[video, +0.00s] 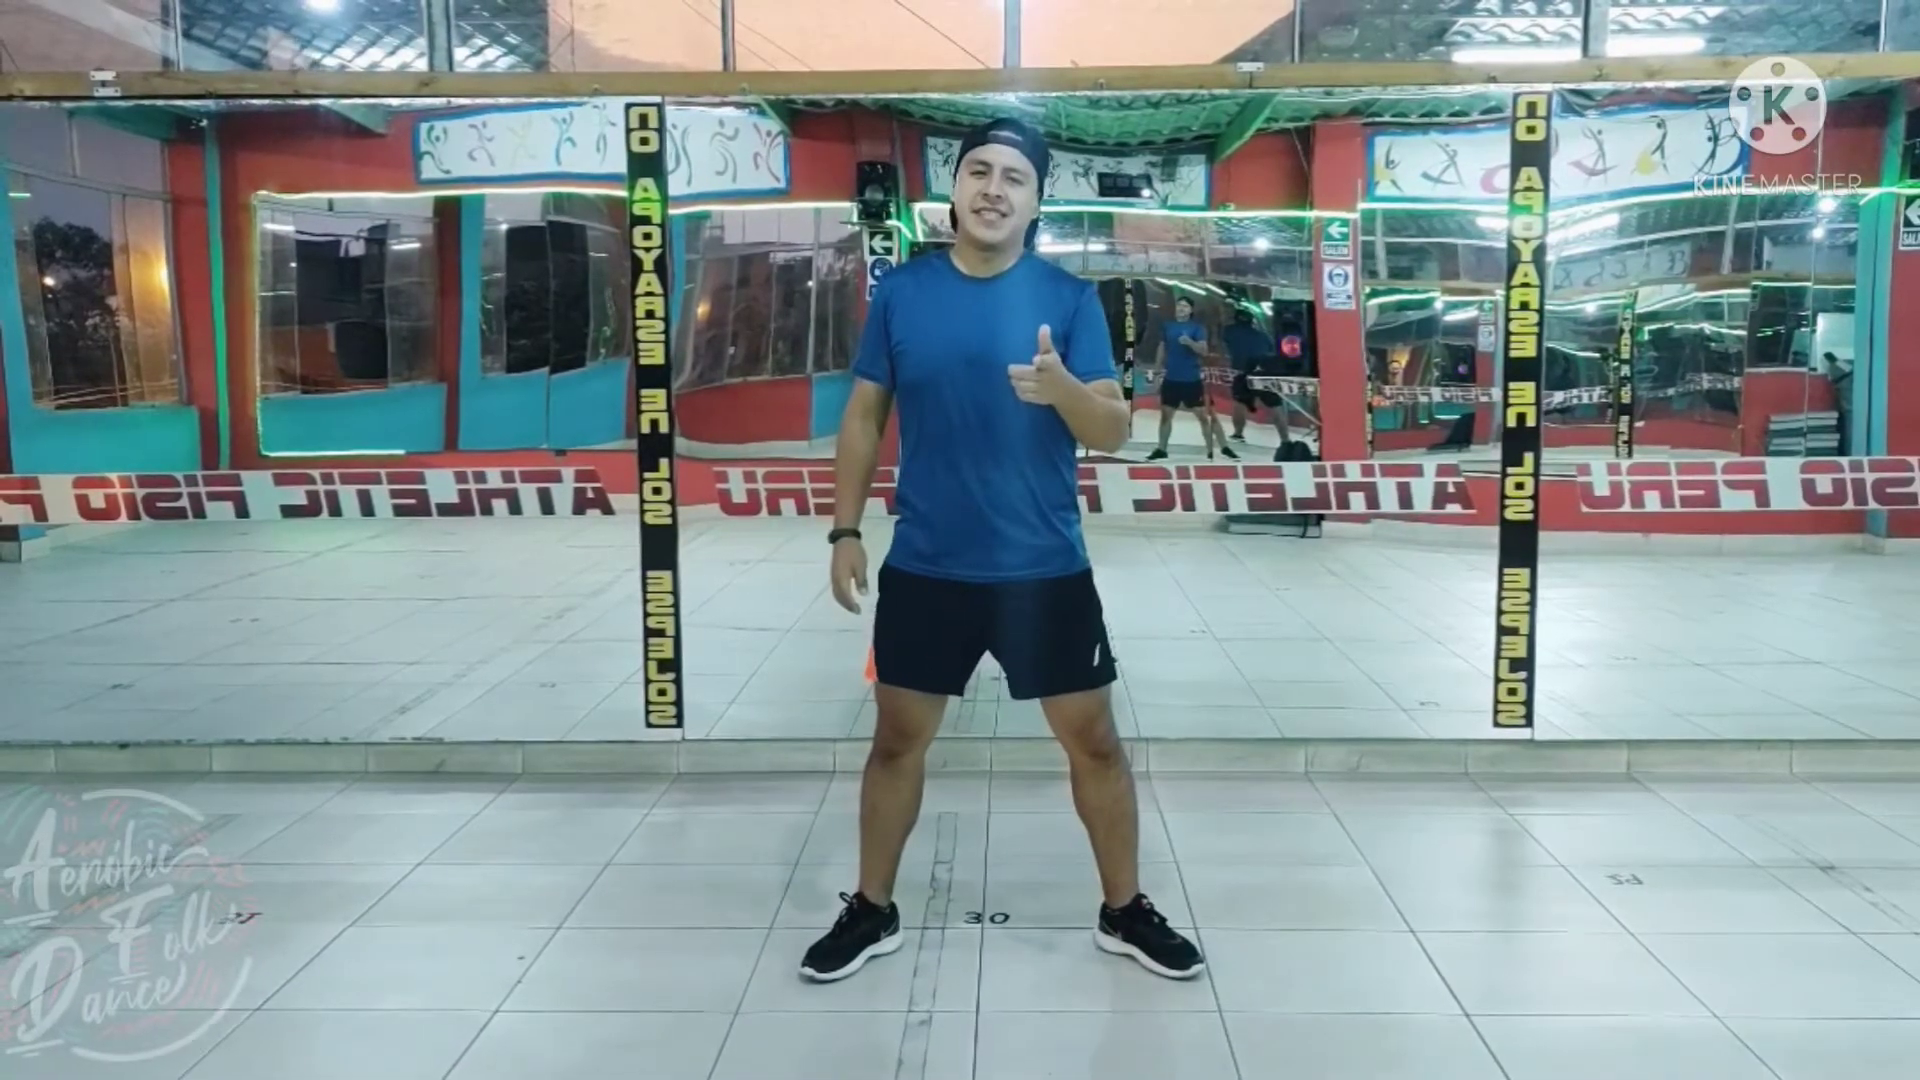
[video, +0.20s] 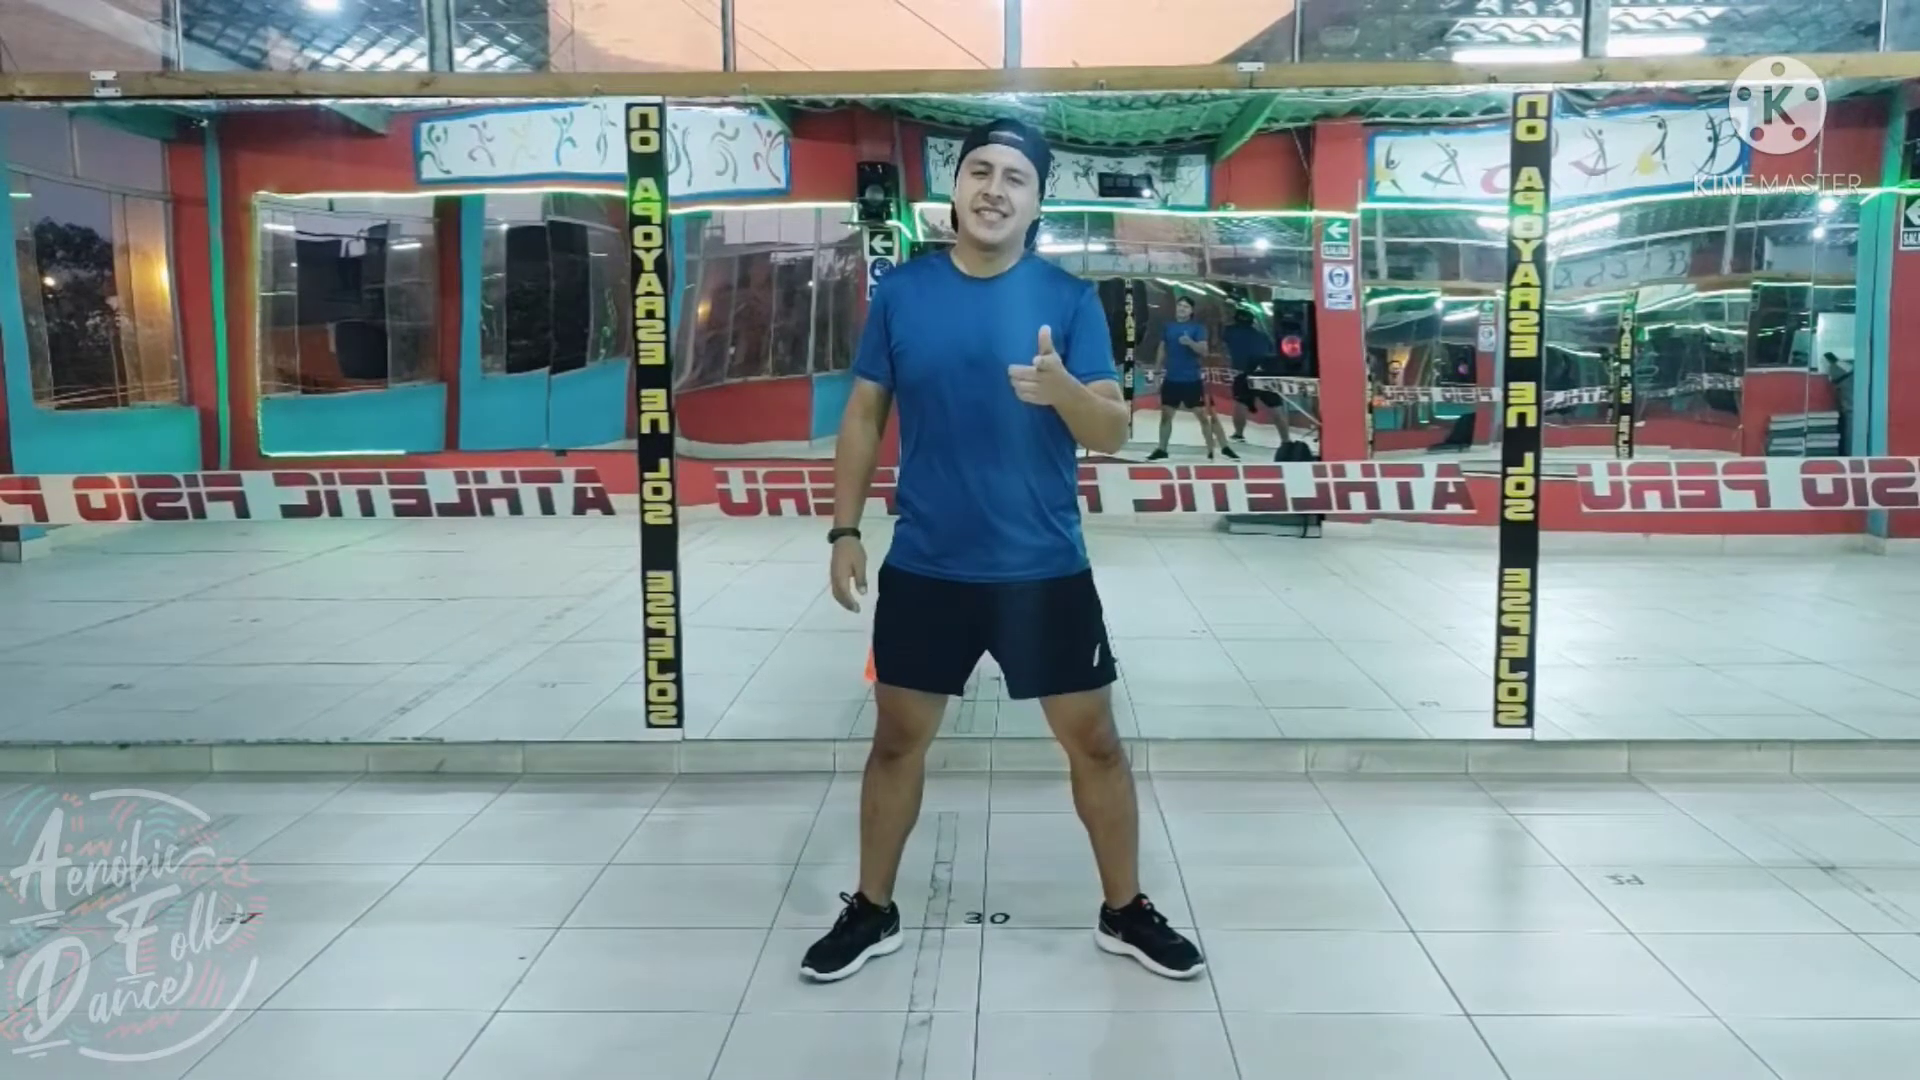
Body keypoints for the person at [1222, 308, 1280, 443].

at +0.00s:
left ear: (1235, 319)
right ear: (1251, 320)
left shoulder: (1230, 331)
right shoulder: (1261, 334)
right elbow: (1271, 350)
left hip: (1241, 368)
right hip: (1264, 370)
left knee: (1239, 401)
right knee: (1275, 405)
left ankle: (1238, 433)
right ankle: (1285, 440)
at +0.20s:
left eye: (1238, 318)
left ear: (1236, 319)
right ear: (1252, 320)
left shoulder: (1230, 332)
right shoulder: (1261, 335)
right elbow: (1271, 354)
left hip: (1242, 371)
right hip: (1265, 371)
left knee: (1240, 403)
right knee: (1275, 407)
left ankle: (1238, 433)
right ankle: (1285, 440)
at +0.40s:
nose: (1237, 321)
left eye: (1238, 318)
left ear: (1236, 319)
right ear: (1252, 321)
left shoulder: (1230, 332)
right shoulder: (1261, 335)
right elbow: (1271, 354)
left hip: (1242, 371)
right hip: (1264, 371)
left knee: (1241, 403)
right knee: (1276, 407)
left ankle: (1239, 433)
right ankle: (1286, 440)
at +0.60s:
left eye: (1239, 318)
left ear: (1237, 319)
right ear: (1252, 320)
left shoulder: (1231, 332)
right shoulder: (1261, 335)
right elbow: (1270, 355)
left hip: (1242, 372)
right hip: (1264, 372)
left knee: (1241, 403)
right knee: (1276, 407)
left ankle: (1239, 433)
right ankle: (1286, 440)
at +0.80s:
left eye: (1239, 319)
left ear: (1237, 320)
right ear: (1253, 321)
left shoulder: (1231, 332)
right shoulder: (1262, 336)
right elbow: (1271, 356)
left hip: (1243, 373)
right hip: (1265, 373)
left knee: (1241, 403)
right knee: (1277, 408)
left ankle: (1239, 433)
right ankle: (1287, 440)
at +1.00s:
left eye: (1240, 318)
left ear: (1238, 319)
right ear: (1253, 320)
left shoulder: (1232, 332)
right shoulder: (1262, 335)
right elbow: (1272, 354)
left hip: (1242, 372)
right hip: (1265, 372)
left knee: (1242, 403)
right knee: (1277, 407)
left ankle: (1240, 433)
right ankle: (1287, 440)